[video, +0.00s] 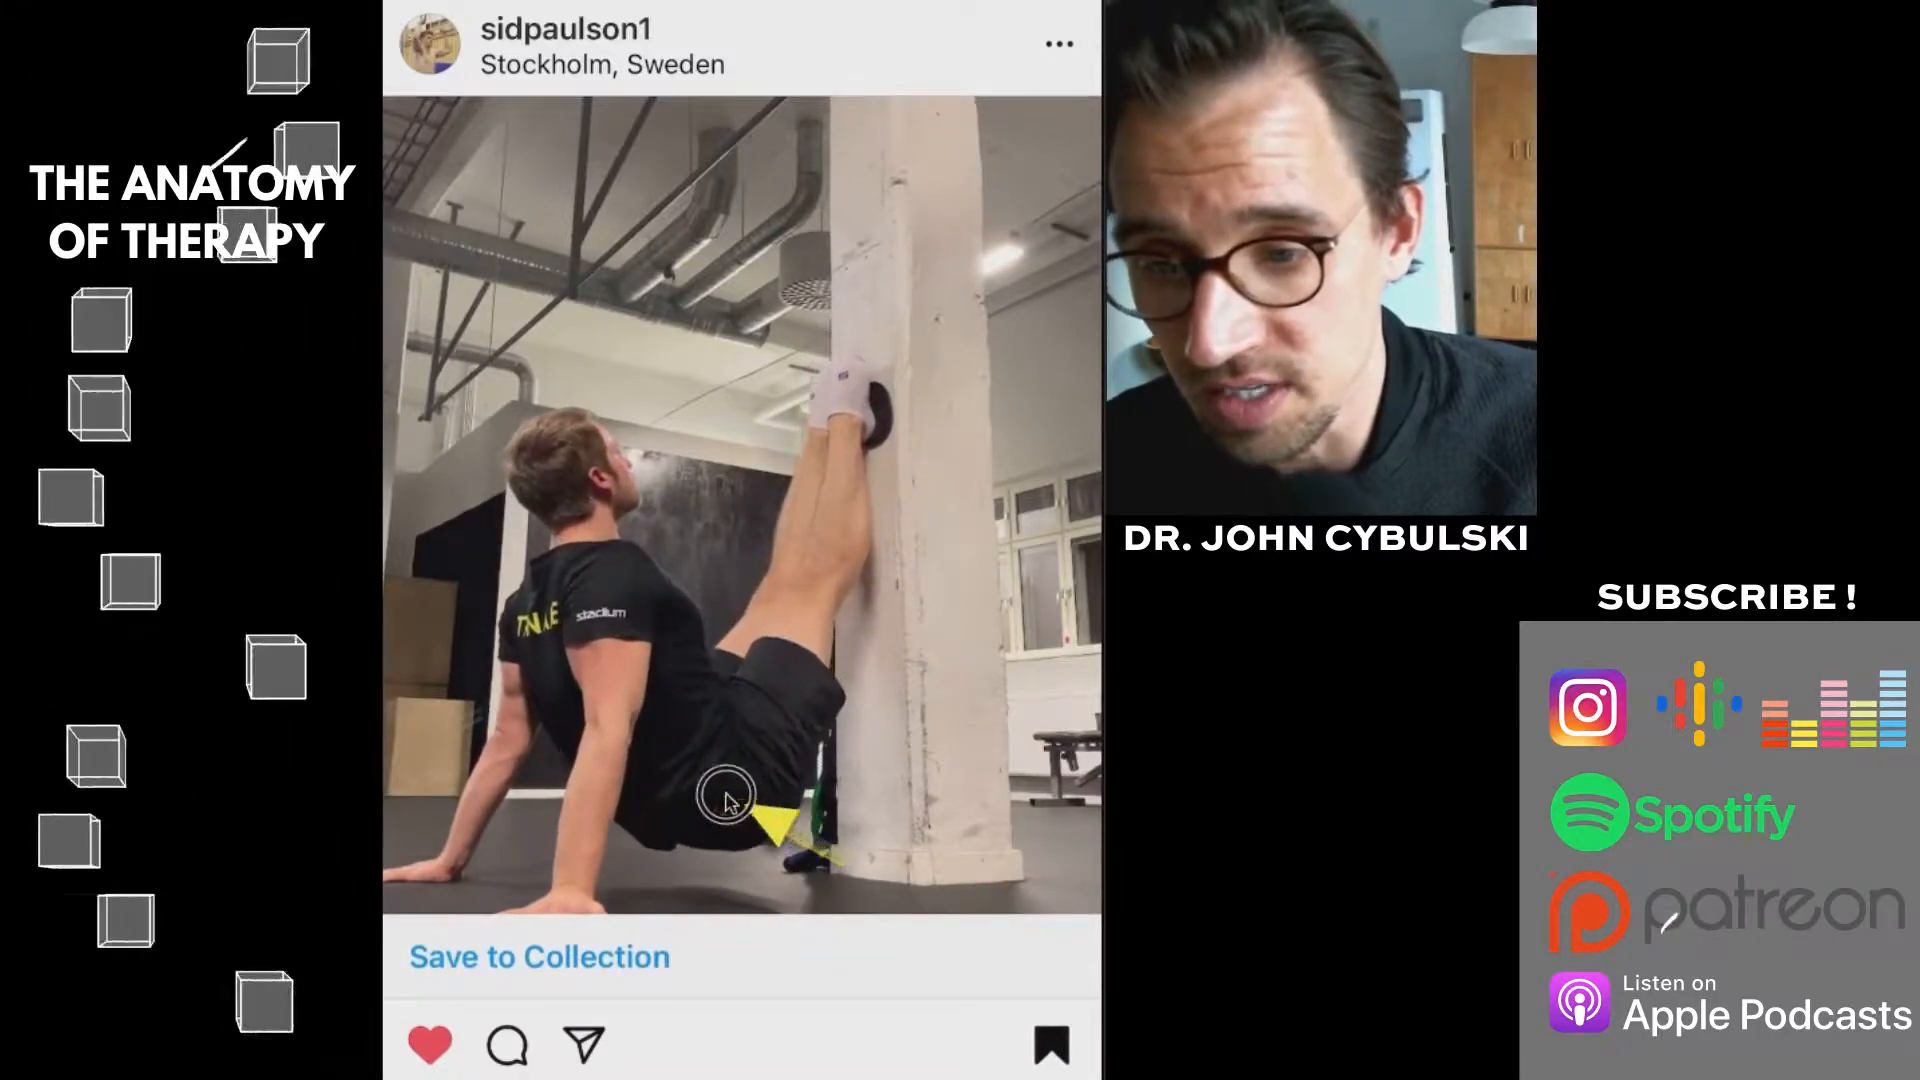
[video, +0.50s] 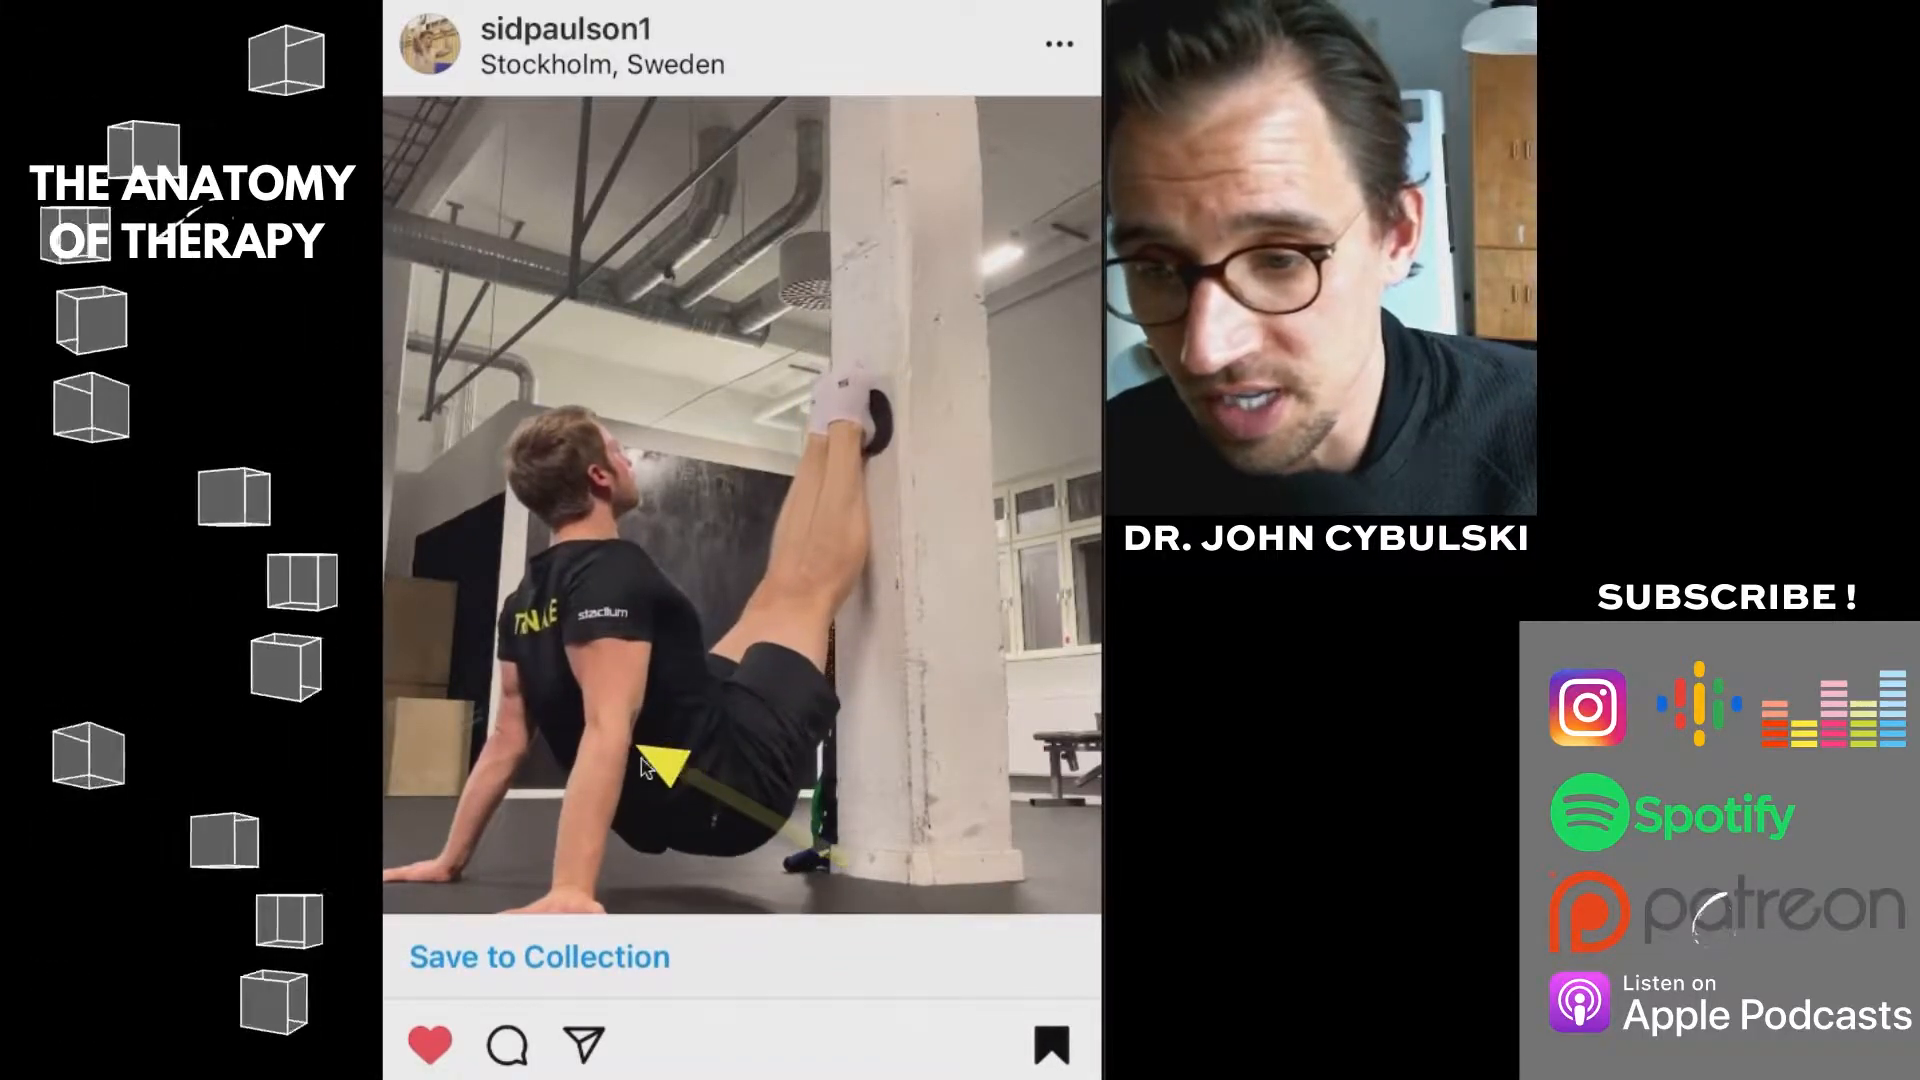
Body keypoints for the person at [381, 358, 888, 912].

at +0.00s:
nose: (628, 461)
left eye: (618, 449)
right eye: (616, 454)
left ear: (541, 501)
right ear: (600, 479)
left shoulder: (522, 602)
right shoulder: (613, 571)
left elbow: (508, 744)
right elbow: (605, 730)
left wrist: (450, 859)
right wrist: (572, 889)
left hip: (665, 806)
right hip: (732, 782)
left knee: (782, 585)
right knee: (816, 581)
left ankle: (825, 425)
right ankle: (846, 429)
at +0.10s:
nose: (628, 461)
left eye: (618, 449)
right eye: (616, 454)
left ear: (541, 501)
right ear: (600, 479)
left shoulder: (522, 603)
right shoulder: (612, 571)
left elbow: (508, 743)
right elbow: (605, 730)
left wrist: (450, 859)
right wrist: (572, 889)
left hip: (671, 810)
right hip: (738, 787)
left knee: (782, 586)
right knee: (815, 582)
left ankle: (825, 425)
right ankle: (846, 428)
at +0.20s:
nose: (628, 461)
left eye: (618, 449)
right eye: (616, 454)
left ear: (540, 500)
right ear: (600, 479)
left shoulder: (521, 602)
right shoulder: (611, 571)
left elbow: (508, 743)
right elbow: (605, 730)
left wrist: (450, 859)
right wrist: (572, 888)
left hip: (668, 809)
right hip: (735, 789)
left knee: (780, 588)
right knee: (814, 585)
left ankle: (825, 426)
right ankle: (847, 430)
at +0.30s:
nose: (627, 461)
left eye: (618, 449)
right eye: (617, 453)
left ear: (540, 500)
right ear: (600, 478)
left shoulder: (521, 602)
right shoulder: (611, 571)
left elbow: (508, 741)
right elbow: (605, 730)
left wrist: (450, 859)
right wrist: (572, 888)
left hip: (667, 810)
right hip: (734, 790)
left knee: (780, 588)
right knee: (813, 586)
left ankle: (825, 428)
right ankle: (848, 432)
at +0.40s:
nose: (628, 462)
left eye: (619, 449)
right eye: (618, 453)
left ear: (539, 499)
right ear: (600, 478)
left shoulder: (521, 602)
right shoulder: (611, 571)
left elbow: (507, 742)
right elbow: (604, 731)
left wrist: (449, 859)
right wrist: (573, 888)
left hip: (662, 812)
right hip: (731, 791)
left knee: (777, 593)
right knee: (812, 590)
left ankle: (825, 430)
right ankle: (848, 435)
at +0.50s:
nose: (629, 462)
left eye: (620, 450)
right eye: (618, 454)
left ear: (539, 498)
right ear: (600, 478)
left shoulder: (521, 602)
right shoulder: (611, 571)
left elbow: (507, 743)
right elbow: (604, 731)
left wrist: (449, 859)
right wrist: (573, 888)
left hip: (663, 812)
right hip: (732, 793)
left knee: (778, 592)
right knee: (812, 589)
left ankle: (825, 431)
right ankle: (849, 437)